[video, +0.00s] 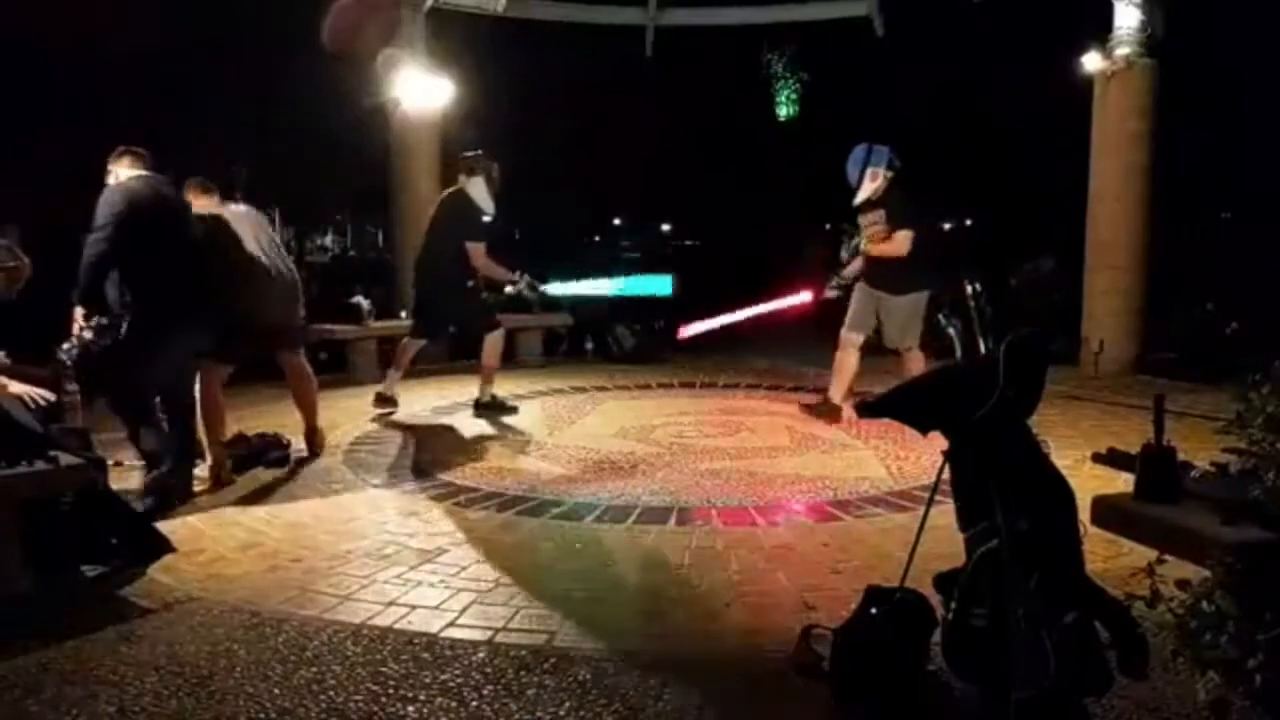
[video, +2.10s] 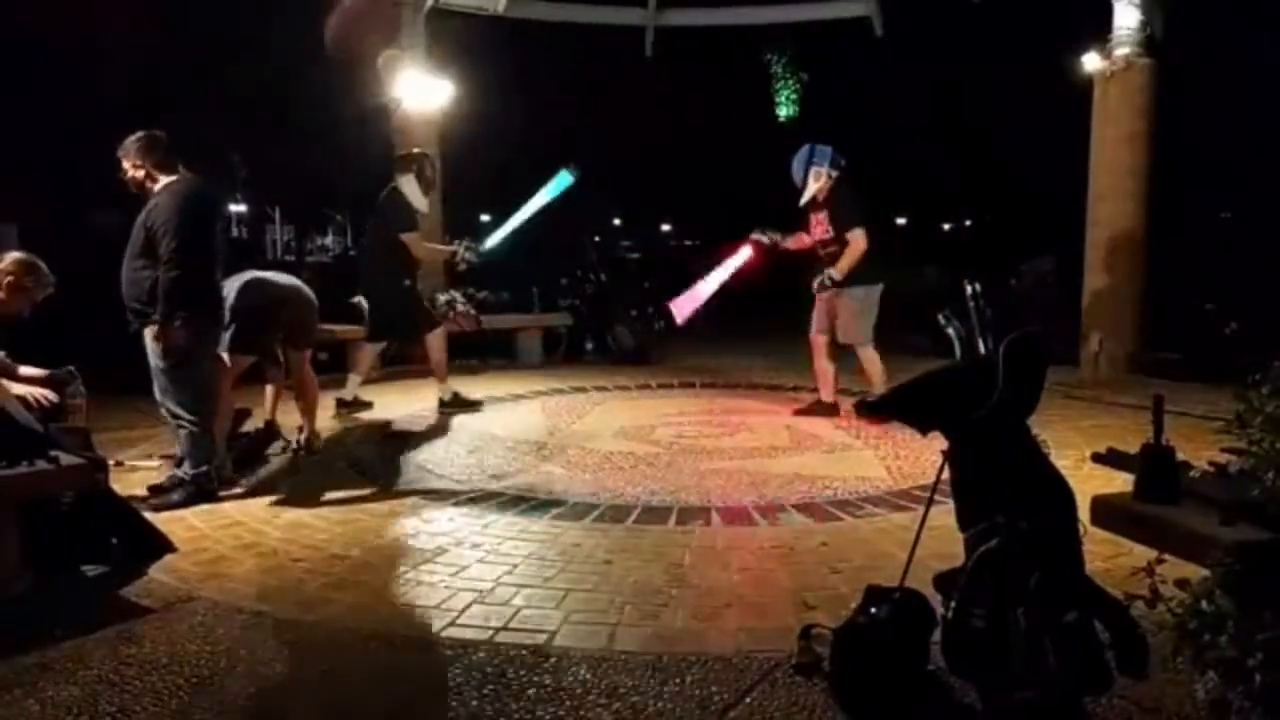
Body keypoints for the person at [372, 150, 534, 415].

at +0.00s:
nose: (494, 185)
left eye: (493, 179)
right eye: (492, 179)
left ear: (465, 176)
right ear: (481, 178)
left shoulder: (449, 199)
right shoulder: (471, 208)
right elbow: (479, 261)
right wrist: (513, 278)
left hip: (429, 281)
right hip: (453, 284)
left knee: (419, 333)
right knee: (493, 332)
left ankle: (387, 389)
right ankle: (486, 396)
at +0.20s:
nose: (491, 184)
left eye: (489, 177)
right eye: (486, 178)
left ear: (461, 180)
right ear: (473, 181)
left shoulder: (452, 205)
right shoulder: (457, 211)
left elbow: (466, 256)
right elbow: (457, 265)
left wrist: (477, 287)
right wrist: (483, 292)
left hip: (426, 280)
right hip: (440, 283)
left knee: (418, 335)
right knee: (491, 326)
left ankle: (374, 389)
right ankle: (486, 396)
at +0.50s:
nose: (456, 182)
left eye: (454, 176)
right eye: (452, 176)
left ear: (429, 176)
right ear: (439, 177)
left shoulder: (426, 204)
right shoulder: (422, 206)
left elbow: (423, 253)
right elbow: (417, 257)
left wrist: (443, 271)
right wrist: (446, 274)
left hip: (405, 283)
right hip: (413, 283)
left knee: (393, 337)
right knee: (454, 326)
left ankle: (361, 394)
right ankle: (471, 395)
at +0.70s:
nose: (449, 180)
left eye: (448, 174)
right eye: (445, 174)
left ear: (420, 174)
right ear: (433, 174)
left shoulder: (413, 200)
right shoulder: (419, 200)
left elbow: (432, 244)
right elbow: (431, 244)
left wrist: (463, 251)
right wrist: (467, 251)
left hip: (400, 284)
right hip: (412, 285)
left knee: (393, 336)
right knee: (457, 324)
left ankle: (362, 394)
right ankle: (463, 394)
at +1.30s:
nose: (470, 181)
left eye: (469, 174)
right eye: (466, 174)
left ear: (440, 175)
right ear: (454, 176)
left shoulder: (431, 201)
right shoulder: (436, 206)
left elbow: (437, 254)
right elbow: (435, 261)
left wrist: (453, 270)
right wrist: (460, 275)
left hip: (409, 283)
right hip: (424, 285)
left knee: (400, 331)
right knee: (465, 327)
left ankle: (360, 388)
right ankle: (467, 398)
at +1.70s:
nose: (432, 180)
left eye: (432, 173)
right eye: (429, 173)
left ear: (410, 172)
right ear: (416, 173)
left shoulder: (401, 199)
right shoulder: (395, 201)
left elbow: (397, 248)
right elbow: (394, 250)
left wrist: (417, 270)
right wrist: (417, 272)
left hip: (383, 277)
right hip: (389, 278)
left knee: (374, 335)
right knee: (423, 329)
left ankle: (347, 393)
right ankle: (435, 395)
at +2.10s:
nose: (434, 177)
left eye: (433, 170)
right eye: (430, 170)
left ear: (405, 172)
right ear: (417, 171)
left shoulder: (397, 198)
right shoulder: (398, 200)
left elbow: (416, 247)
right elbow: (417, 249)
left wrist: (450, 251)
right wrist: (453, 252)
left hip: (382, 282)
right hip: (394, 283)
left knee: (378, 337)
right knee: (434, 328)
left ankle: (348, 395)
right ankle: (446, 393)